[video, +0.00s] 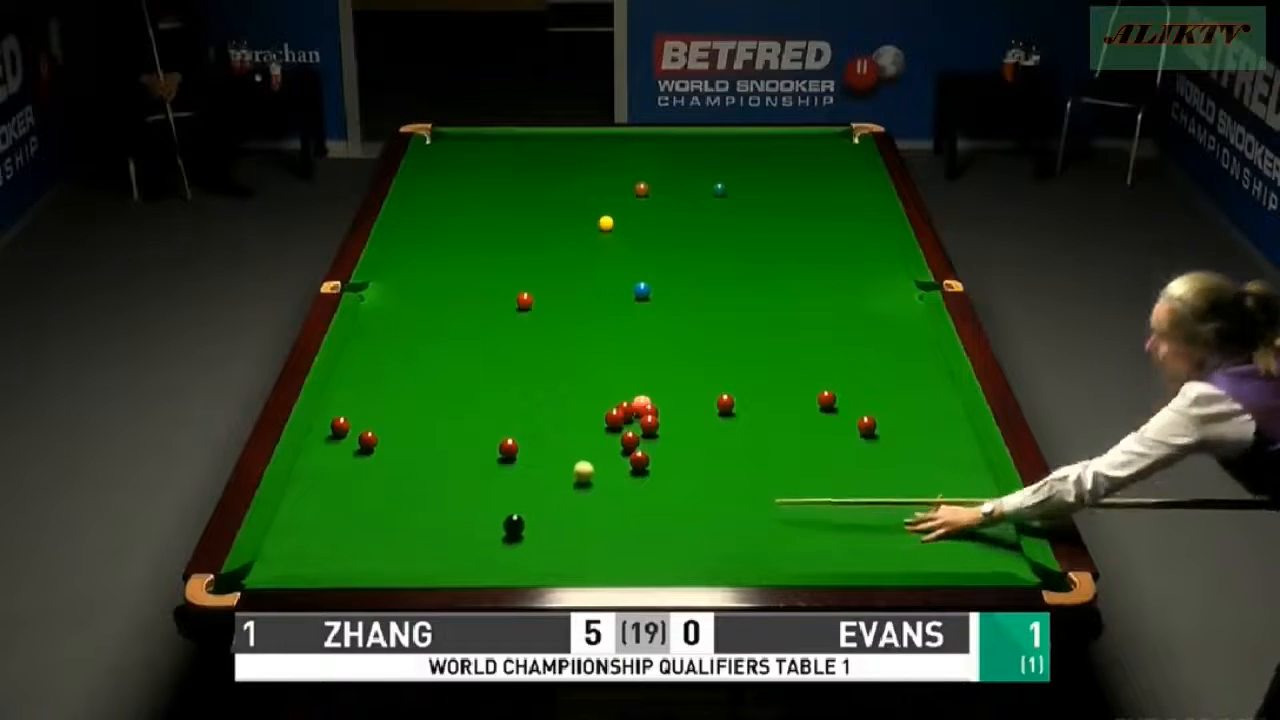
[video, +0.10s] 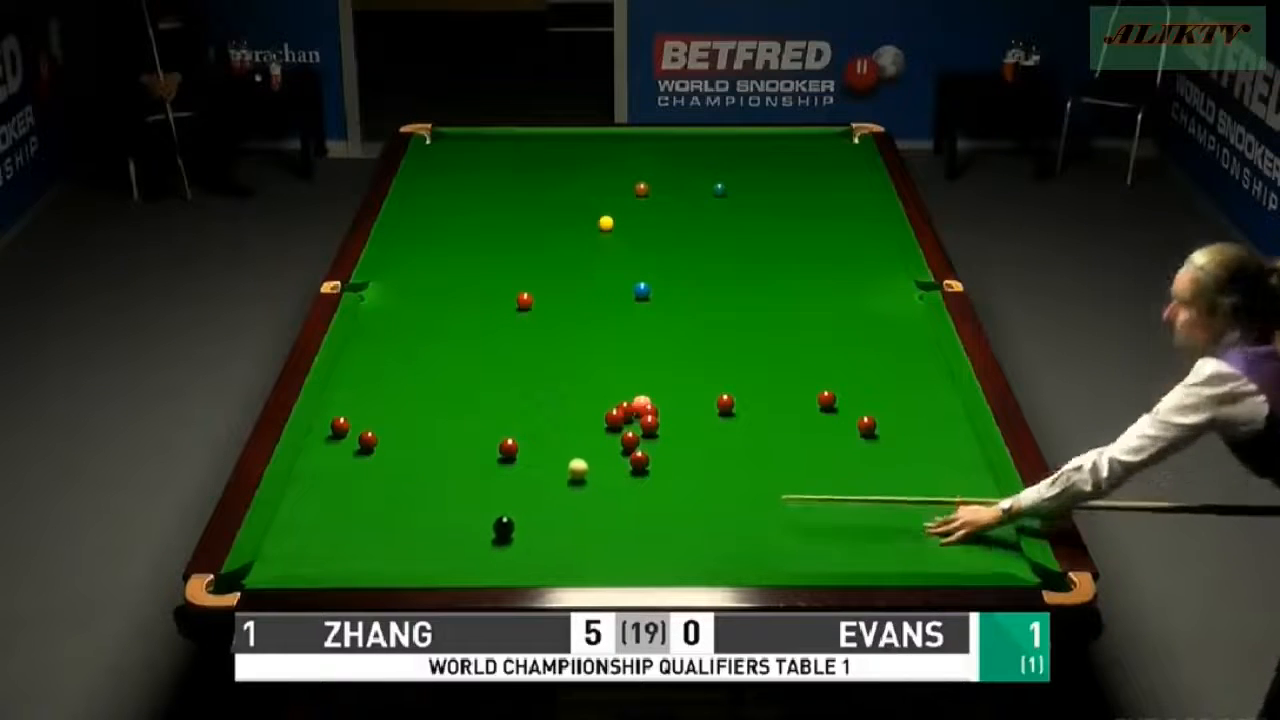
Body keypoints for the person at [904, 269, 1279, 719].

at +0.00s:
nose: (1149, 346)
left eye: (1160, 336)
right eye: (1152, 333)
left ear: (1199, 346)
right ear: (1215, 340)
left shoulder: (1208, 401)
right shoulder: (1260, 368)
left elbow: (1095, 478)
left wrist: (983, 512)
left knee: (1277, 693)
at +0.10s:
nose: (1168, 314)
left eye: (1180, 305)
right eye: (1173, 300)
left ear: (1219, 314)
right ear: (1226, 313)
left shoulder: (1222, 377)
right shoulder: (1261, 346)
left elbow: (1113, 463)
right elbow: (1118, 457)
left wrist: (1002, 510)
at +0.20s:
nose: (1205, 271)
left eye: (1218, 263)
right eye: (1210, 258)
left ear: (1257, 277)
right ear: (1258, 275)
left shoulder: (1252, 343)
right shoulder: (1264, 329)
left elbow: (1148, 442)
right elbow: (1151, 440)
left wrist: (1047, 506)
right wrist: (1055, 504)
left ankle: (1269, 709)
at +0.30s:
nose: (1232, 249)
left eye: (1244, 242)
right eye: (1238, 237)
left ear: (1273, 258)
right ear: (1271, 256)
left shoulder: (1262, 336)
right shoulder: (1264, 332)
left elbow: (1184, 440)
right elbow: (1186, 437)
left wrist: (1091, 508)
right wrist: (1098, 505)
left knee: (1279, 666)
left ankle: (1266, 709)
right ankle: (1264, 708)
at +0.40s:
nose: (1269, 226)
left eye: (1275, 220)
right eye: (1274, 219)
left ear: (1278, 234)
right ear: (1274, 237)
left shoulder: (1276, 329)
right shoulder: (1274, 329)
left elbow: (1253, 436)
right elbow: (1253, 436)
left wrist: (1185, 511)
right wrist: (1187, 510)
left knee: (1275, 673)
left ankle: (1265, 706)